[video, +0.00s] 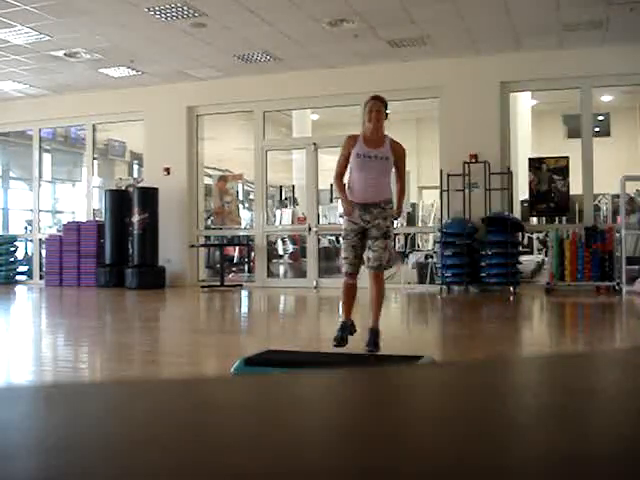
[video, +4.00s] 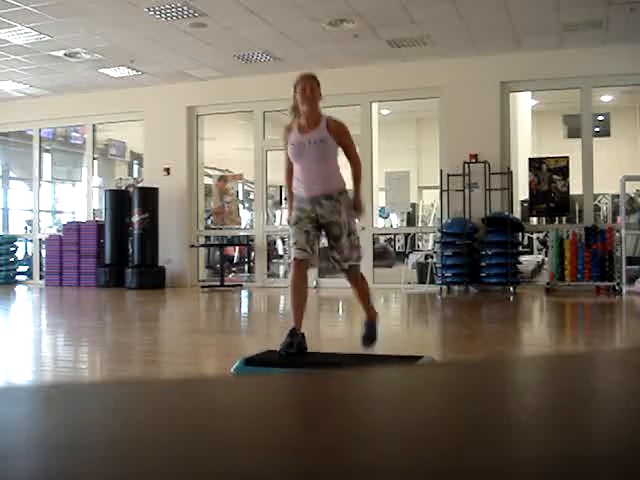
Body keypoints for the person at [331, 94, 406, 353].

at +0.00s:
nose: (375, 115)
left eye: (379, 111)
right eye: (371, 111)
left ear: (386, 115)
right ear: (364, 115)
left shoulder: (395, 148)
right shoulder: (352, 142)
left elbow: (400, 181)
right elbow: (338, 178)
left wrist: (398, 208)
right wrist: (345, 202)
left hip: (381, 211)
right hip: (354, 209)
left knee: (376, 272)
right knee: (350, 271)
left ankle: (374, 327)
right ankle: (346, 321)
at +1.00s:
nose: (388, 116)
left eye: (392, 112)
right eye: (383, 112)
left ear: (400, 116)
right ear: (376, 119)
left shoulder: (414, 154)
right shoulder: (368, 154)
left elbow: (434, 188)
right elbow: (357, 191)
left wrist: (442, 222)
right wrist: (362, 217)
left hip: (408, 228)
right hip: (376, 229)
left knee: (415, 288)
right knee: (373, 291)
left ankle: (423, 346)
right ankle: (367, 340)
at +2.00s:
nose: (341, 78)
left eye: (345, 72)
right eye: (335, 74)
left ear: (355, 77)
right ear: (328, 80)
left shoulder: (368, 113)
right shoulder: (322, 118)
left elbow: (399, 143)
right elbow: (305, 159)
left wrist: (377, 127)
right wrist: (312, 139)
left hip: (372, 189)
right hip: (340, 197)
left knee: (367, 228)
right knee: (337, 268)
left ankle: (391, 272)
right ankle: (352, 336)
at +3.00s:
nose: (297, 65)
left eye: (302, 60)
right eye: (292, 61)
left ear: (310, 66)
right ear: (284, 67)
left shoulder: (325, 103)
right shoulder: (276, 107)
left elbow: (344, 141)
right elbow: (266, 144)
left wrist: (338, 174)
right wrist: (266, 172)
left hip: (322, 178)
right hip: (290, 183)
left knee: (310, 243)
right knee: (291, 257)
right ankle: (302, 327)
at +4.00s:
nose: (308, 93)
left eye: (312, 89)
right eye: (303, 89)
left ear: (319, 93)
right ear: (295, 96)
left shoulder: (333, 126)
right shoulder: (290, 131)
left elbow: (355, 161)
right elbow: (289, 168)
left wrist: (357, 195)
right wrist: (290, 202)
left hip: (334, 201)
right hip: (303, 203)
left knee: (349, 267)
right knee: (298, 263)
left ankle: (370, 315)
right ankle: (296, 331)